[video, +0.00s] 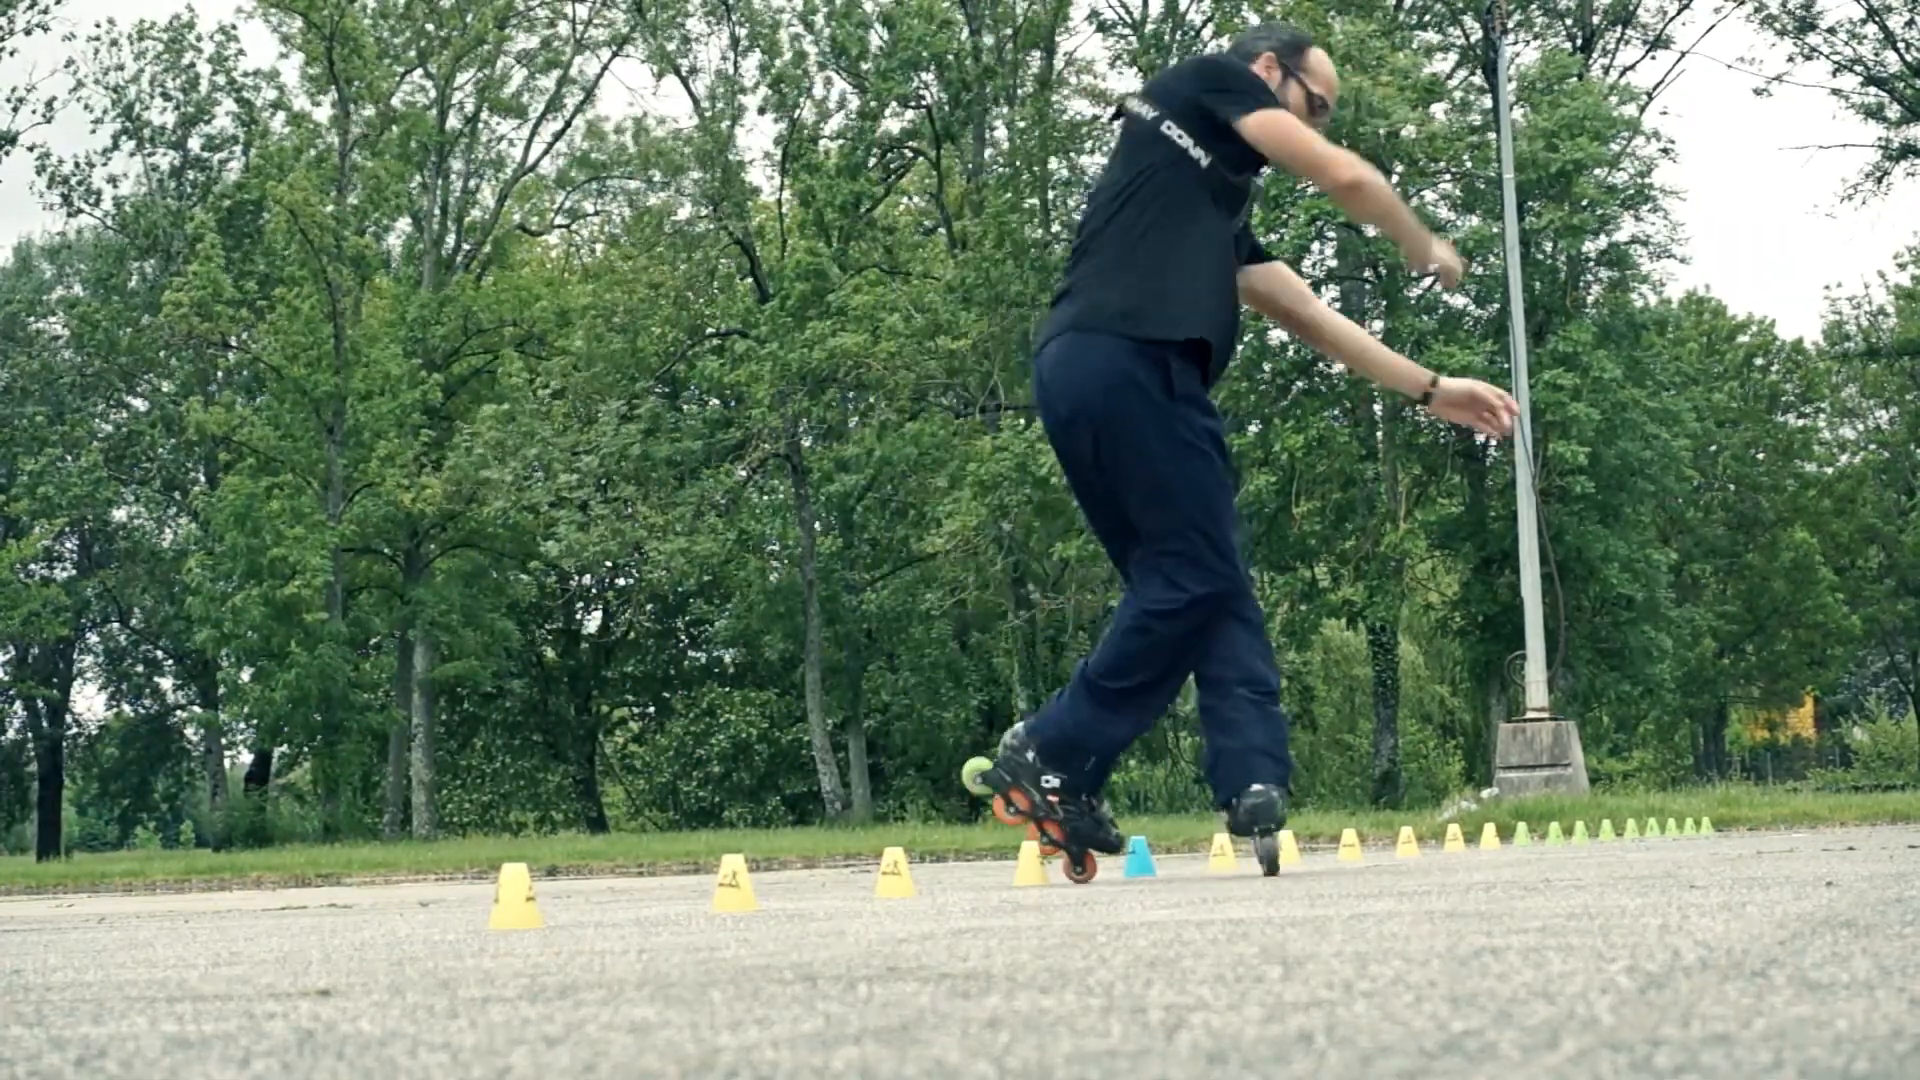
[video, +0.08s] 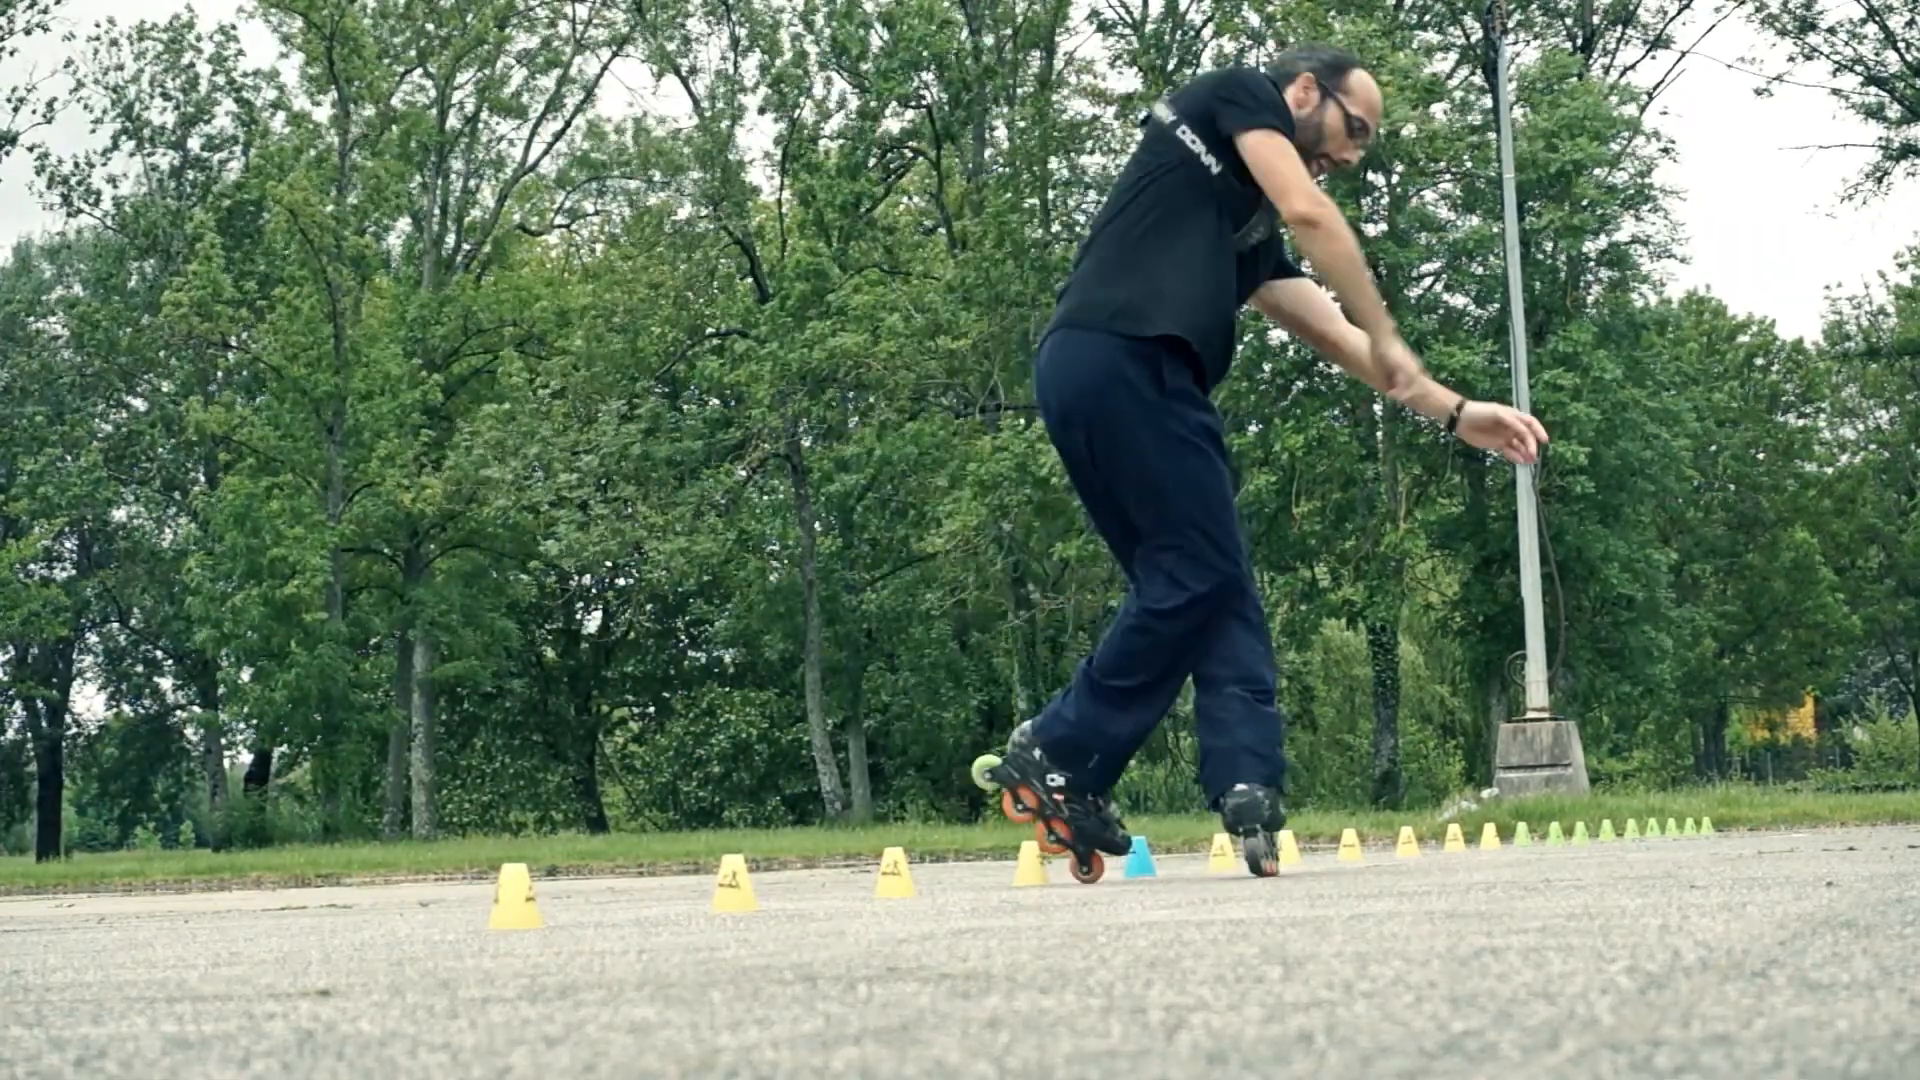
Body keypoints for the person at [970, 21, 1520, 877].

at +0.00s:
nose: (1318, 123)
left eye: (1325, 111)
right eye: (1315, 101)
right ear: (1268, 67)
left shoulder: (1215, 211)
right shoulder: (1210, 77)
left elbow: (1308, 314)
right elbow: (1343, 173)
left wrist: (1430, 386)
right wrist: (1420, 245)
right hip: (1120, 354)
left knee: (1215, 584)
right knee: (1189, 576)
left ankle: (1252, 786)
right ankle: (1052, 756)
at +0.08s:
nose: (1352, 154)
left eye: (1363, 143)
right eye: (1353, 126)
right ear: (1305, 90)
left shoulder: (1252, 230)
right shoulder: (1234, 92)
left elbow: (1335, 329)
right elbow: (1307, 211)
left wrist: (1457, 412)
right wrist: (1382, 337)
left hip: (1150, 379)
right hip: (1117, 356)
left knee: (1222, 589)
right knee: (1191, 576)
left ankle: (1249, 790)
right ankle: (1055, 758)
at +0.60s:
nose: (1453, 127)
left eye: (1472, 118)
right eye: (1449, 100)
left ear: (1478, 113)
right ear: (1409, 58)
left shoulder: (1389, 197)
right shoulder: (1301, 67)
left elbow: (1402, 351)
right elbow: (1187, 32)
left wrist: (1464, 483)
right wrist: (1130, 18)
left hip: (1229, 367)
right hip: (1131, 335)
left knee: (1288, 558)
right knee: (1166, 556)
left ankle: (1242, 781)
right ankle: (1078, 765)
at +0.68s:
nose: (1449, 93)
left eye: (1470, 81)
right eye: (1439, 65)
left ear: (1486, 75)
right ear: (1396, 28)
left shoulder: (1404, 171)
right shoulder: (1291, 51)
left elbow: (1428, 328)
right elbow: (1145, 38)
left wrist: (1491, 463)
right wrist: (1164, 85)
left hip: (1255, 363)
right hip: (1148, 334)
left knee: (1306, 561)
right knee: (1188, 551)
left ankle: (1249, 778)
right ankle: (1122, 767)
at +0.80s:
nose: (1430, 50)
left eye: (1454, 35)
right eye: (1417, 24)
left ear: (1473, 30)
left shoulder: (1430, 134)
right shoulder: (1290, 37)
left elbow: (1464, 289)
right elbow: (1145, 96)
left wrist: (1531, 426)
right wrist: (1209, 196)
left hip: (1291, 354)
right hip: (1176, 328)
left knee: (1339, 551)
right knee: (1220, 531)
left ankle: (1303, 779)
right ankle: (1173, 773)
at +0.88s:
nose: (1421, 29)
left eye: (1445, 15)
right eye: (1408, 7)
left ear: (1465, 18)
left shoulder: (1447, 119)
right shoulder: (1289, 35)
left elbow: (1484, 266)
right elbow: (1148, 124)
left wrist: (1549, 404)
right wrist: (1211, 243)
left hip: (1316, 352)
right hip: (1201, 329)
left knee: (1368, 550)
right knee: (1245, 542)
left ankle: (1351, 779)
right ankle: (1217, 774)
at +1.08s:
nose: (1392, 8)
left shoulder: (1467, 78)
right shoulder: (1273, 43)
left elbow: (1511, 226)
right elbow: (1152, 147)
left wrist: (1564, 372)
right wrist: (1182, 292)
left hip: (1382, 349)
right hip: (1264, 339)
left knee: (1433, 547)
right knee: (1336, 527)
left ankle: (1467, 779)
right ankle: (1325, 776)